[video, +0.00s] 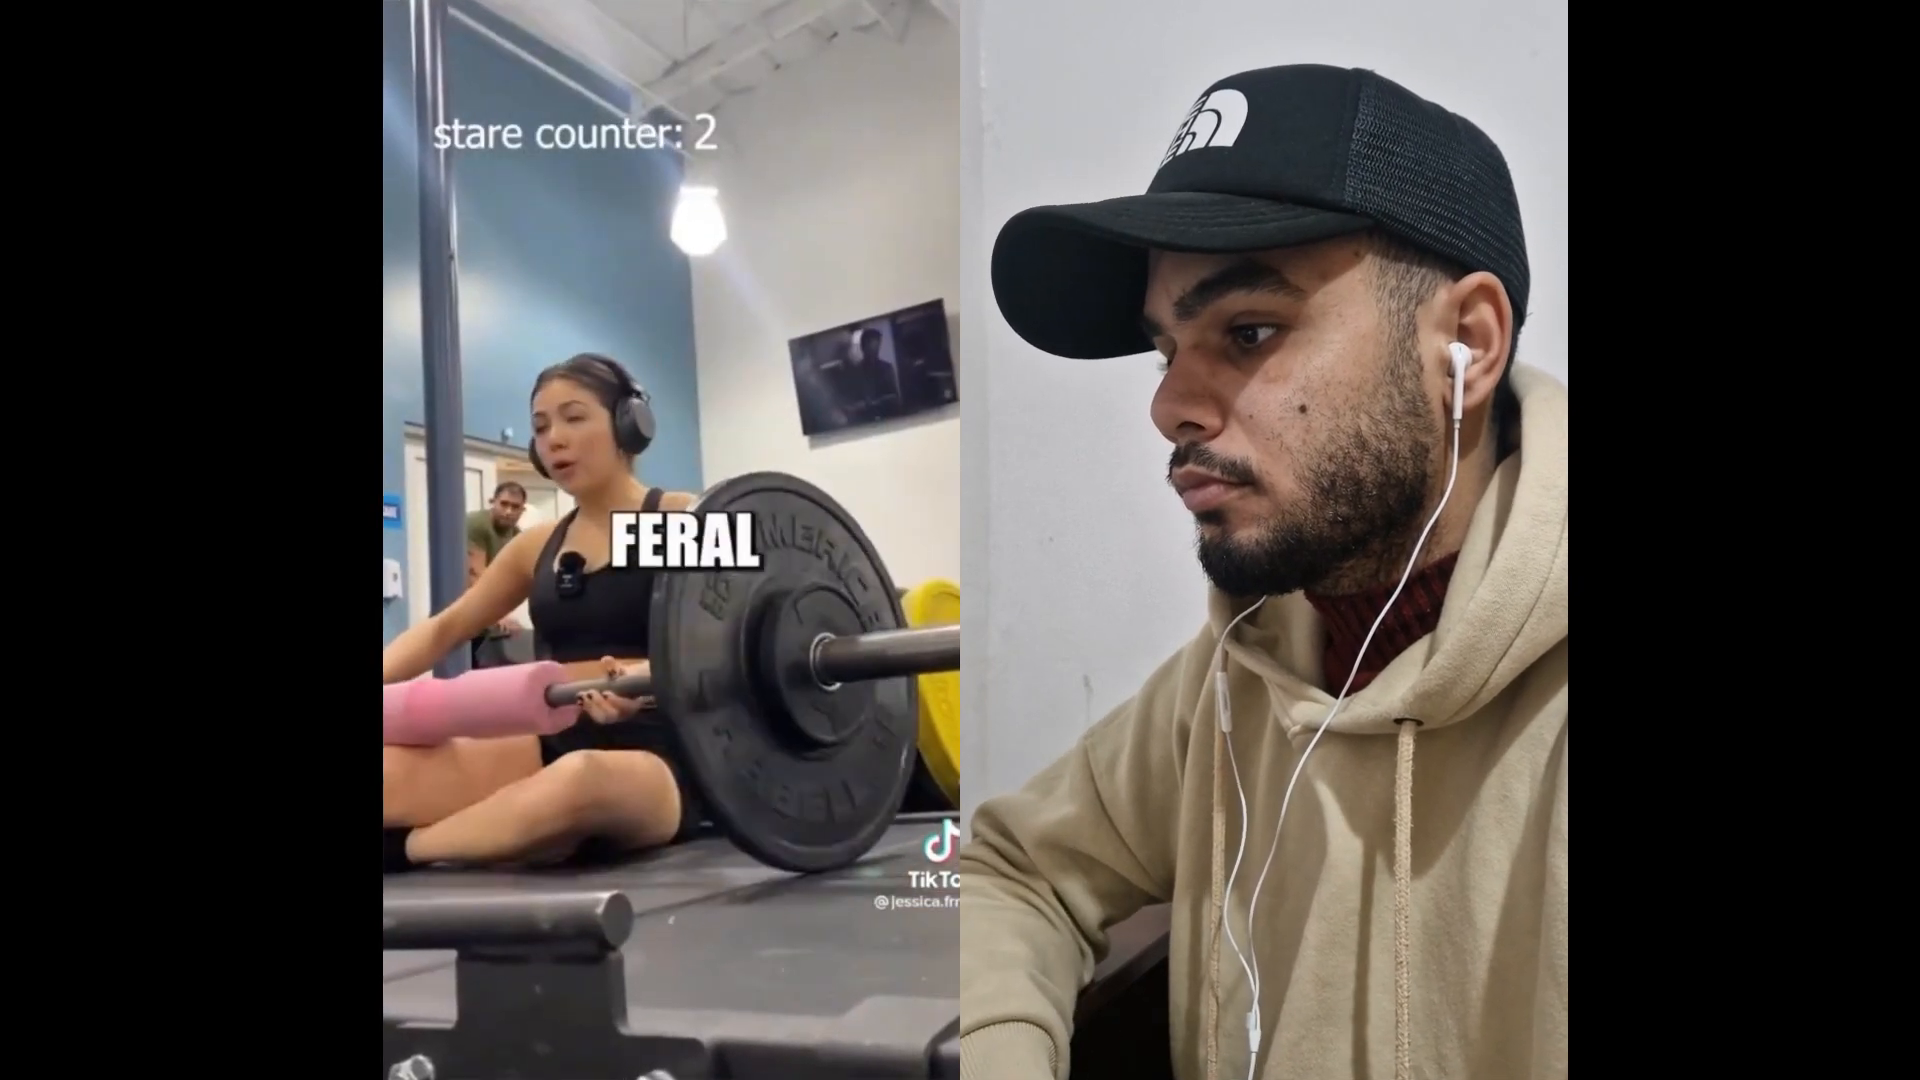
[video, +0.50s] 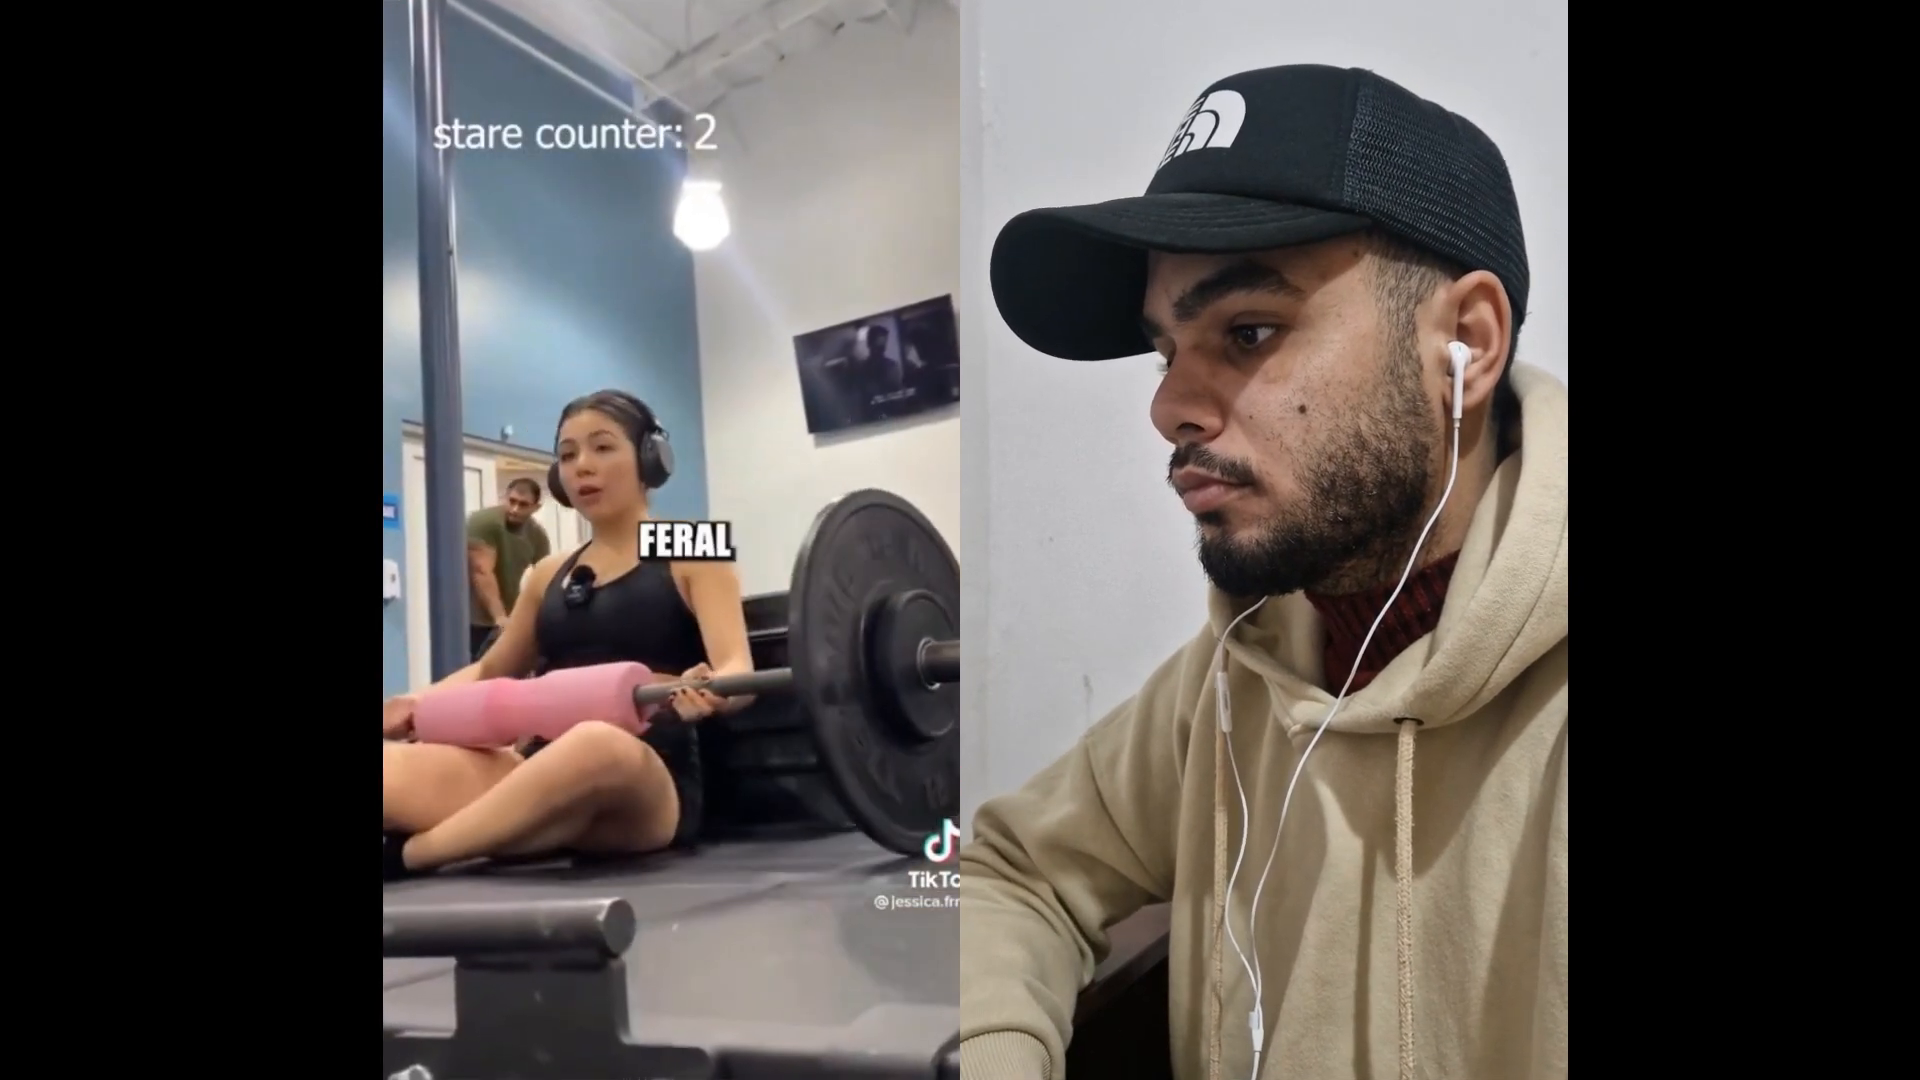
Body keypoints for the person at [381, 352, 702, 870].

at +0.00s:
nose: (553, 440)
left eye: (574, 418)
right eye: (542, 426)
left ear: (628, 423)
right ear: (535, 444)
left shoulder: (679, 517)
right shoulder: (536, 546)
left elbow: (724, 641)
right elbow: (443, 630)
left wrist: (646, 683)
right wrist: (383, 680)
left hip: (666, 753)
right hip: (555, 747)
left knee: (579, 780)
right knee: (390, 769)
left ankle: (401, 852)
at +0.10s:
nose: (556, 450)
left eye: (576, 428)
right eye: (541, 437)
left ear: (624, 433)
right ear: (532, 454)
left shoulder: (671, 525)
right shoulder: (534, 549)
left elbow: (716, 653)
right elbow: (447, 639)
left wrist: (642, 684)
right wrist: (384, 691)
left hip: (660, 761)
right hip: (546, 754)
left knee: (583, 765)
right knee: (392, 768)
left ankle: (403, 855)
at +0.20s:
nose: (556, 461)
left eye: (576, 440)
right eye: (541, 447)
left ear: (623, 446)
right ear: (531, 464)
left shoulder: (666, 539)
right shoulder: (530, 559)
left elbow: (699, 669)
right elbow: (451, 656)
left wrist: (651, 692)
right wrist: (387, 706)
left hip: (651, 771)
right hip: (536, 765)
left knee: (591, 752)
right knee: (393, 770)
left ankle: (407, 857)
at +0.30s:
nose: (560, 465)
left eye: (580, 444)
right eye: (545, 452)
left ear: (625, 450)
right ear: (535, 469)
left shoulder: (670, 544)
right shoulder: (531, 565)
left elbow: (709, 661)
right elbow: (461, 668)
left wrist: (671, 686)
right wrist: (394, 708)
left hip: (649, 772)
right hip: (532, 765)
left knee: (597, 748)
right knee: (394, 771)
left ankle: (406, 858)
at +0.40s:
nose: (569, 467)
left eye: (589, 446)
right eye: (554, 453)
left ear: (636, 454)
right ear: (545, 472)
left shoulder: (680, 549)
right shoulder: (540, 569)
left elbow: (721, 662)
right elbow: (478, 670)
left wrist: (689, 687)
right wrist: (406, 704)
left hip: (651, 773)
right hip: (534, 766)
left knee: (603, 755)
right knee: (390, 768)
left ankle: (408, 858)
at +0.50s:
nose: (582, 466)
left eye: (603, 447)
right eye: (569, 454)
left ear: (649, 458)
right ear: (559, 472)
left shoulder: (690, 552)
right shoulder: (546, 574)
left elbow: (738, 669)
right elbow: (490, 671)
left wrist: (706, 689)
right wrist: (413, 705)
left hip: (651, 786)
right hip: (534, 775)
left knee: (596, 745)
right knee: (391, 766)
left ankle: (411, 857)